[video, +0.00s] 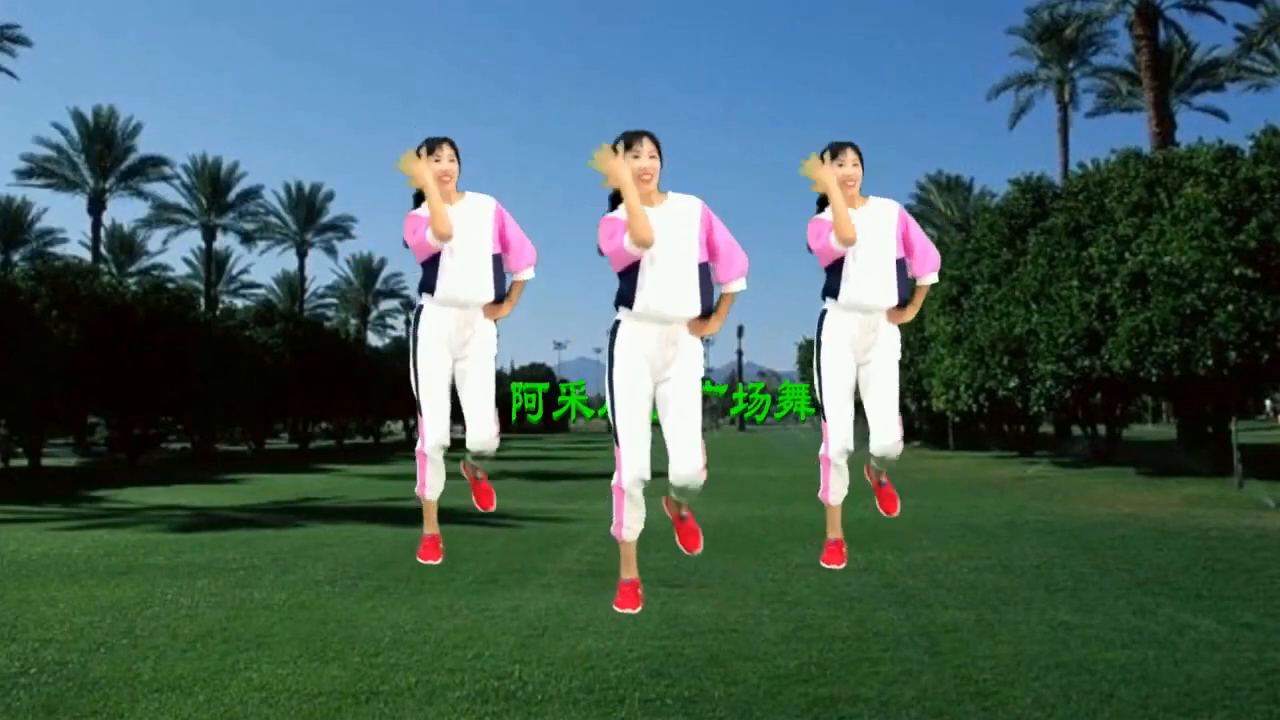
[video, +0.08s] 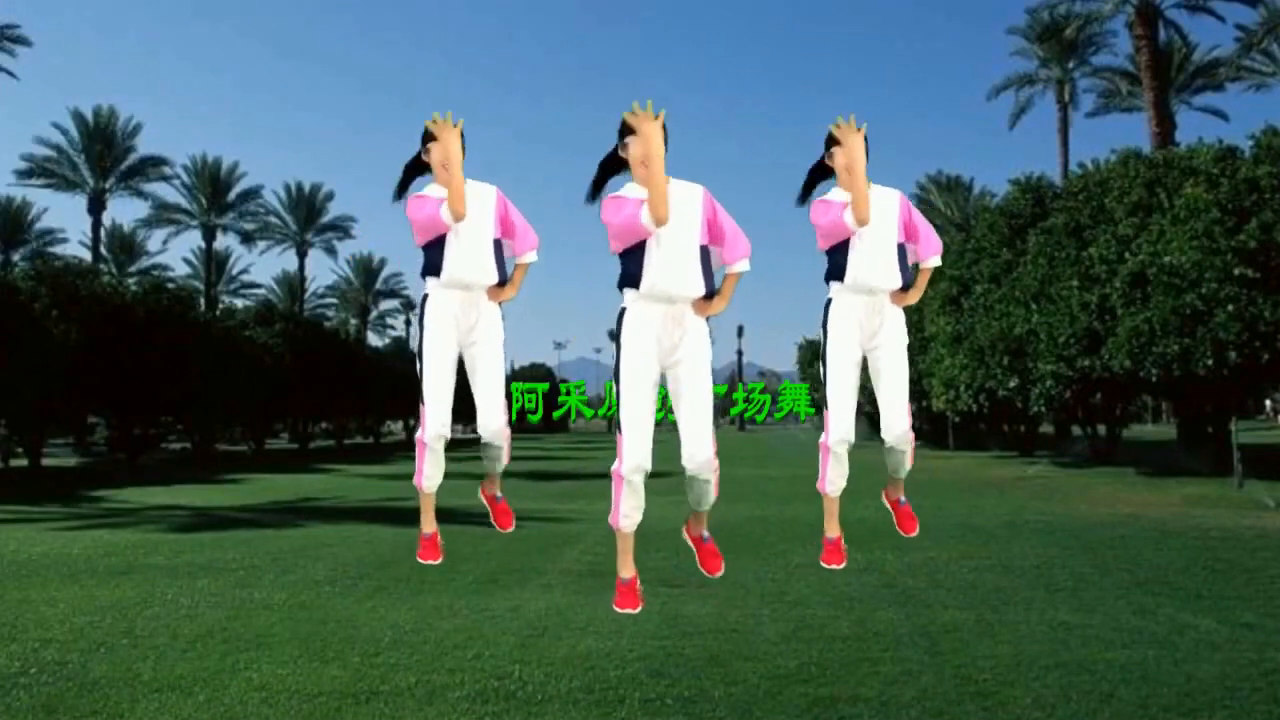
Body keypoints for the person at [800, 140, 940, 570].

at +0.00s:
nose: (848, 170)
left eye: (853, 163)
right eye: (839, 164)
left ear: (863, 172)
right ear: (827, 177)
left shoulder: (890, 211)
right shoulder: (820, 222)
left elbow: (927, 261)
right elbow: (846, 239)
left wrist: (912, 308)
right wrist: (831, 186)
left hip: (882, 325)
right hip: (838, 326)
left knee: (888, 442)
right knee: (837, 440)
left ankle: (876, 473)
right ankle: (833, 536)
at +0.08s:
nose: (857, 153)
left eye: (859, 145)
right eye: (847, 146)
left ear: (867, 156)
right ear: (832, 159)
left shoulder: (895, 200)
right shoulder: (823, 205)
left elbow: (930, 247)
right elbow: (859, 217)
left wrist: (916, 291)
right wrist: (853, 159)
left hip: (889, 308)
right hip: (844, 309)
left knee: (898, 430)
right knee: (839, 430)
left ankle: (895, 492)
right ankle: (831, 530)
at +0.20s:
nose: (860, 165)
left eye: (867, 158)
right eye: (852, 157)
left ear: (877, 165)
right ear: (838, 164)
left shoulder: (899, 202)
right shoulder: (829, 206)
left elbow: (936, 246)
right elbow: (876, 214)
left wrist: (924, 288)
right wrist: (906, 167)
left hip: (901, 309)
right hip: (858, 313)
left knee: (910, 427)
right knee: (854, 432)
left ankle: (920, 521)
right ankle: (835, 533)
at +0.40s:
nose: (866, 179)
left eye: (873, 173)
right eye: (858, 173)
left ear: (881, 181)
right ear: (843, 181)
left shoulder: (902, 223)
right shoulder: (835, 224)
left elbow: (943, 267)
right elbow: (882, 243)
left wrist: (923, 314)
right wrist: (936, 220)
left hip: (905, 338)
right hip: (860, 340)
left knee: (911, 443)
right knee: (861, 448)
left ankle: (919, 526)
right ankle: (834, 536)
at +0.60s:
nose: (863, 149)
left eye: (870, 142)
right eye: (854, 142)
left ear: (880, 148)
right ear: (840, 148)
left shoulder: (901, 194)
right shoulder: (830, 189)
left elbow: (931, 243)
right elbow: (848, 241)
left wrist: (918, 275)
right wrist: (898, 274)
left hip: (887, 304)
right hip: (842, 302)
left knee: (894, 423)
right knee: (837, 418)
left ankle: (886, 469)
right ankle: (826, 524)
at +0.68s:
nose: (860, 161)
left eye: (867, 154)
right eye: (852, 154)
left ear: (879, 160)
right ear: (838, 160)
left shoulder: (900, 206)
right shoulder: (827, 202)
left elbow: (930, 256)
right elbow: (831, 261)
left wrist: (909, 299)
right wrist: (870, 302)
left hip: (883, 314)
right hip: (838, 311)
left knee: (879, 435)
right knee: (833, 427)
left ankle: (867, 439)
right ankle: (827, 531)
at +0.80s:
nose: (857, 188)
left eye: (863, 181)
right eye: (849, 182)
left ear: (874, 189)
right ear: (837, 190)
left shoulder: (897, 238)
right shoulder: (827, 241)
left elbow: (922, 293)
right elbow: (791, 298)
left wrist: (901, 336)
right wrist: (811, 346)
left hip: (874, 348)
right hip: (832, 343)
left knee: (864, 459)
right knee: (831, 446)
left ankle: (834, 438)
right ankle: (827, 534)